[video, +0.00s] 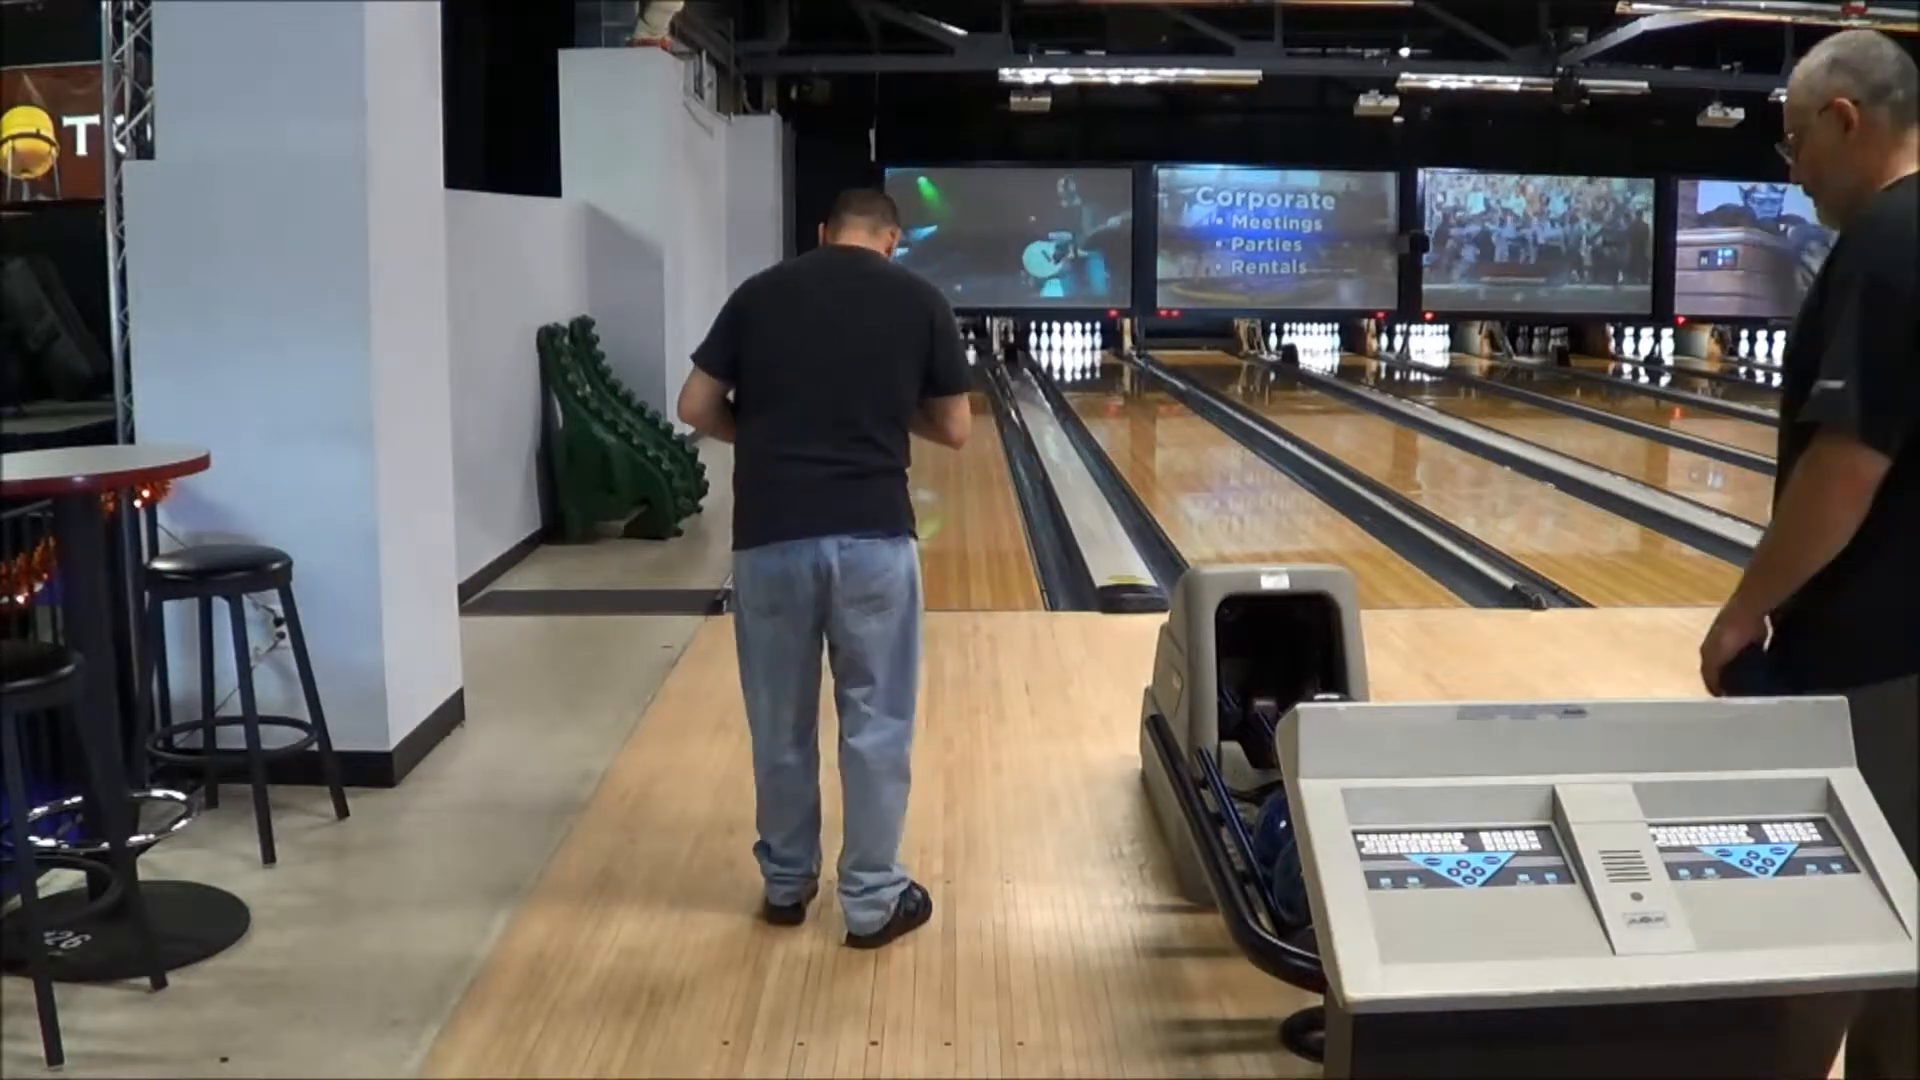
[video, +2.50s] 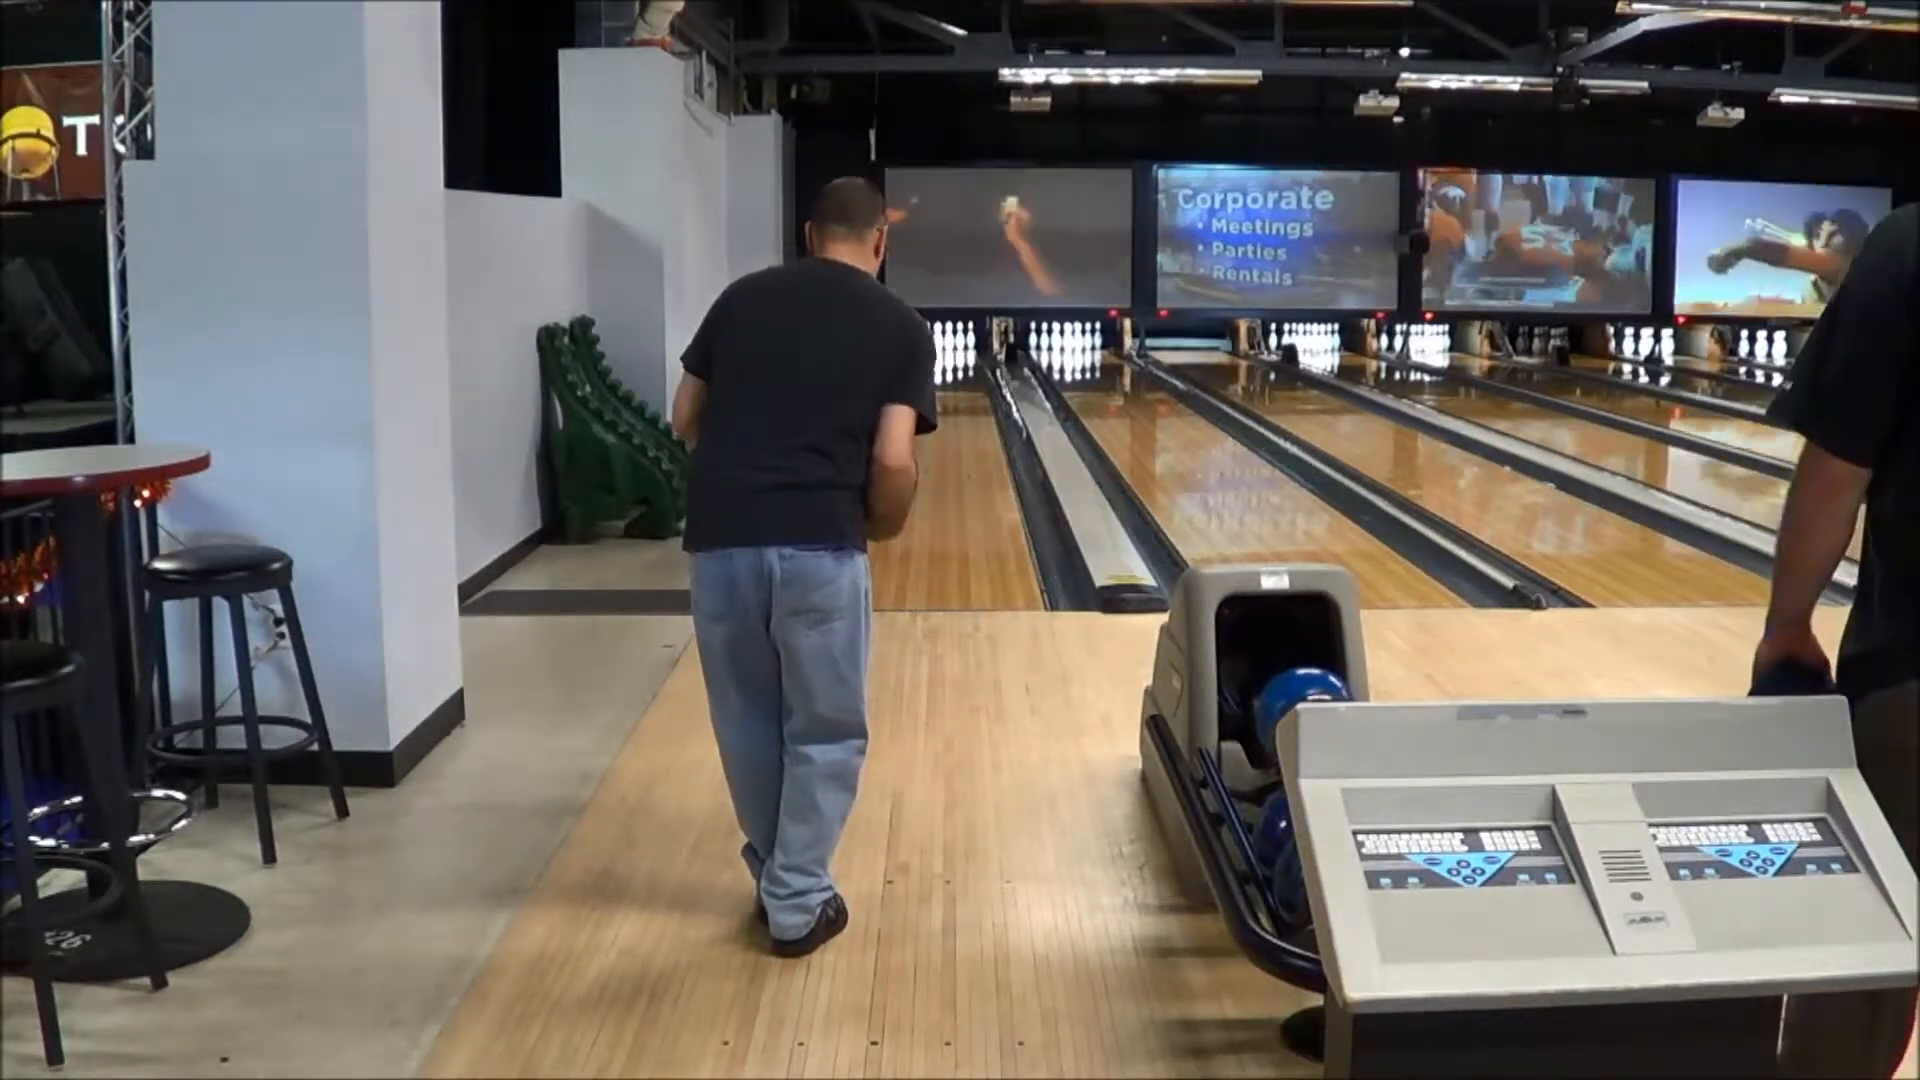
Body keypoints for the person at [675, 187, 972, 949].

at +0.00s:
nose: (892, 252)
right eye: (895, 241)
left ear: (821, 230)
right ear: (890, 241)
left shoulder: (761, 291)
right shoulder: (917, 299)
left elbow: (696, 408)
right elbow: (954, 428)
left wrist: (758, 427)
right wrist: (891, 396)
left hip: (772, 542)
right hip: (873, 540)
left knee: (779, 718)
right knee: (876, 716)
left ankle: (785, 884)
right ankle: (870, 900)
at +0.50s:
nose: (856, 247)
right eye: (859, 236)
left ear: (787, 235)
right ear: (857, 237)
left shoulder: (729, 296)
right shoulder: (886, 297)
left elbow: (689, 421)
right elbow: (918, 428)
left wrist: (742, 426)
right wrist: (860, 396)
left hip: (739, 538)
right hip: (839, 536)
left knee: (755, 715)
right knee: (834, 717)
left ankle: (779, 873)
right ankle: (807, 899)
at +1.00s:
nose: (858, 253)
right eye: (860, 241)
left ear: (786, 235)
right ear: (854, 241)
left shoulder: (724, 299)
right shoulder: (880, 301)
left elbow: (674, 423)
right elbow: (910, 432)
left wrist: (728, 444)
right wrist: (850, 410)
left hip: (732, 539)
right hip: (831, 537)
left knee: (750, 717)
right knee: (826, 721)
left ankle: (773, 875)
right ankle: (805, 903)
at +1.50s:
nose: (847, 261)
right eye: (851, 250)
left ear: (780, 244)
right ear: (849, 249)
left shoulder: (718, 304)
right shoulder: (870, 318)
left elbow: (679, 435)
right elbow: (893, 467)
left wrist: (733, 455)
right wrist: (842, 472)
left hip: (715, 544)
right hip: (814, 542)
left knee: (738, 718)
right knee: (819, 724)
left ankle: (771, 872)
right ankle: (795, 906)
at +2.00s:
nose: (873, 267)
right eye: (876, 257)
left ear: (797, 243)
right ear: (869, 251)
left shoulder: (732, 298)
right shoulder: (880, 332)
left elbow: (693, 421)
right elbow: (890, 489)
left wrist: (745, 452)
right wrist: (905, 506)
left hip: (710, 547)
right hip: (809, 549)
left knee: (738, 720)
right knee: (820, 731)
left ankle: (771, 871)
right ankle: (794, 906)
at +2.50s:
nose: (882, 249)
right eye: (886, 238)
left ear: (808, 234)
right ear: (883, 237)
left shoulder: (744, 296)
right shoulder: (898, 324)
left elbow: (686, 416)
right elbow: (893, 460)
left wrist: (735, 470)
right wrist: (878, 528)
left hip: (720, 540)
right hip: (820, 543)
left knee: (744, 715)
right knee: (826, 729)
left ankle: (772, 868)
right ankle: (793, 904)